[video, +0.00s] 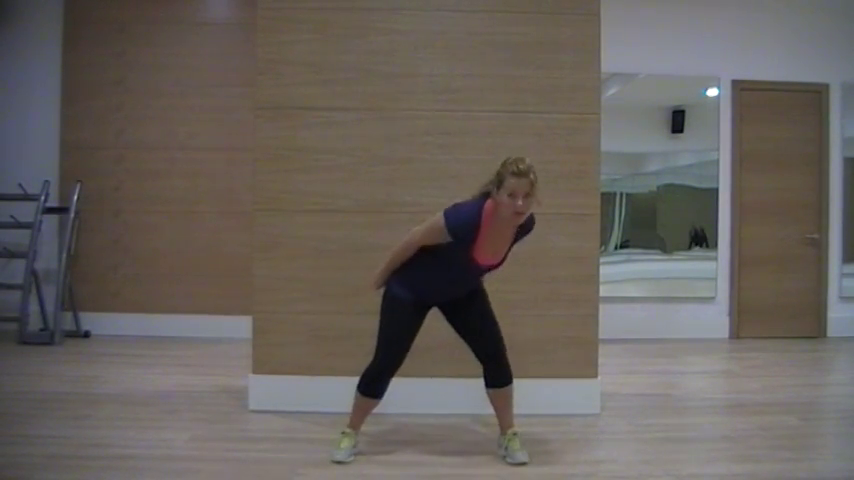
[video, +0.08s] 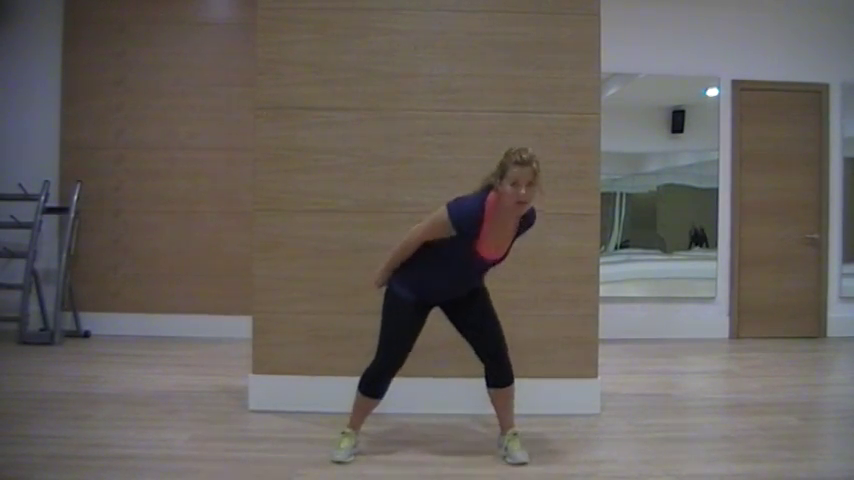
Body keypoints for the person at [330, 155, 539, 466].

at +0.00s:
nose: (520, 204)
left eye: (526, 197)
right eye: (512, 196)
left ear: (533, 198)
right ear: (496, 194)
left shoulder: (524, 225)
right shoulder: (465, 218)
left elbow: (482, 252)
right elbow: (415, 239)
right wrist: (381, 276)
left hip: (461, 287)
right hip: (413, 285)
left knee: (495, 357)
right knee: (387, 361)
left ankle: (508, 436)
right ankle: (350, 434)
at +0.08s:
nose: (522, 193)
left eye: (529, 186)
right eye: (515, 184)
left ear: (536, 188)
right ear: (499, 184)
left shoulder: (526, 219)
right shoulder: (468, 212)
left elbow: (484, 248)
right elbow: (419, 234)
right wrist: (386, 270)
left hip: (463, 286)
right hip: (415, 284)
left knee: (497, 357)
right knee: (389, 360)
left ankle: (508, 436)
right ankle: (350, 433)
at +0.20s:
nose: (524, 177)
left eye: (530, 171)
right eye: (516, 169)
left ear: (537, 175)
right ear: (500, 172)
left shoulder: (526, 211)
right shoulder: (471, 201)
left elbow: (487, 245)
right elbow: (420, 229)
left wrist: (469, 277)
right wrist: (388, 270)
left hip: (465, 285)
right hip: (418, 282)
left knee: (499, 354)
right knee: (388, 360)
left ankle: (509, 436)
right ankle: (350, 434)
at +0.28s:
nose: (523, 169)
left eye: (529, 162)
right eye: (515, 162)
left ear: (535, 166)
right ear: (499, 164)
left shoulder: (526, 205)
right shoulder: (472, 195)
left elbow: (489, 244)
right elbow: (422, 226)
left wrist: (474, 278)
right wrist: (389, 268)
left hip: (466, 284)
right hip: (418, 281)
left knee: (499, 353)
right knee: (388, 359)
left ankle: (509, 436)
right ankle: (350, 433)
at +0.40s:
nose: (519, 159)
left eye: (525, 152)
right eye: (510, 152)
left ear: (532, 158)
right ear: (495, 156)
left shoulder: (523, 200)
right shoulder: (468, 188)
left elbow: (490, 242)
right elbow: (421, 222)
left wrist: (475, 277)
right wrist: (390, 267)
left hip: (467, 283)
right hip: (419, 280)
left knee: (499, 353)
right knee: (389, 357)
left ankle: (509, 435)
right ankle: (350, 433)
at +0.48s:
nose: (514, 153)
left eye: (521, 146)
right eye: (506, 146)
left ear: (528, 153)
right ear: (490, 151)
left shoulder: (520, 197)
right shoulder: (465, 183)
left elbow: (491, 243)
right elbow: (419, 220)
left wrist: (479, 278)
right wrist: (391, 265)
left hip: (467, 282)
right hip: (419, 278)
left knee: (500, 353)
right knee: (388, 358)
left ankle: (509, 434)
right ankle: (350, 432)